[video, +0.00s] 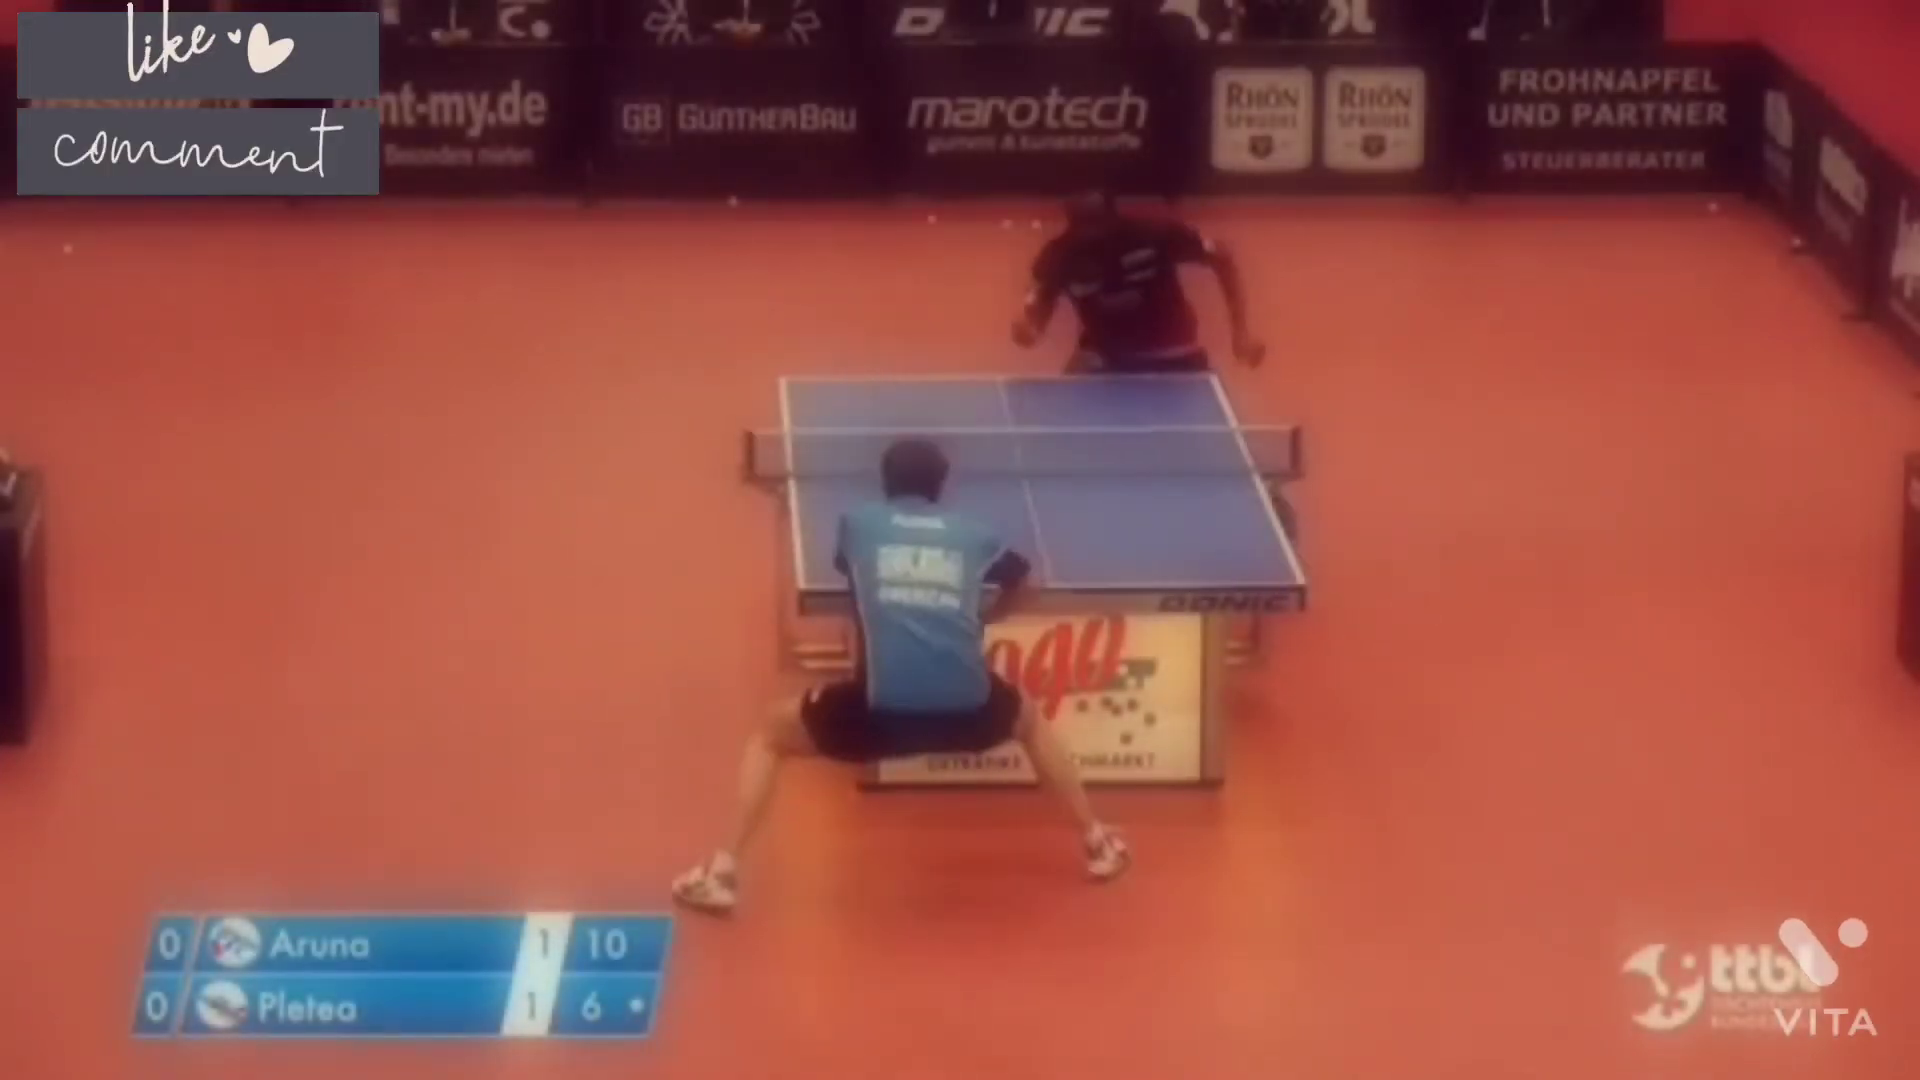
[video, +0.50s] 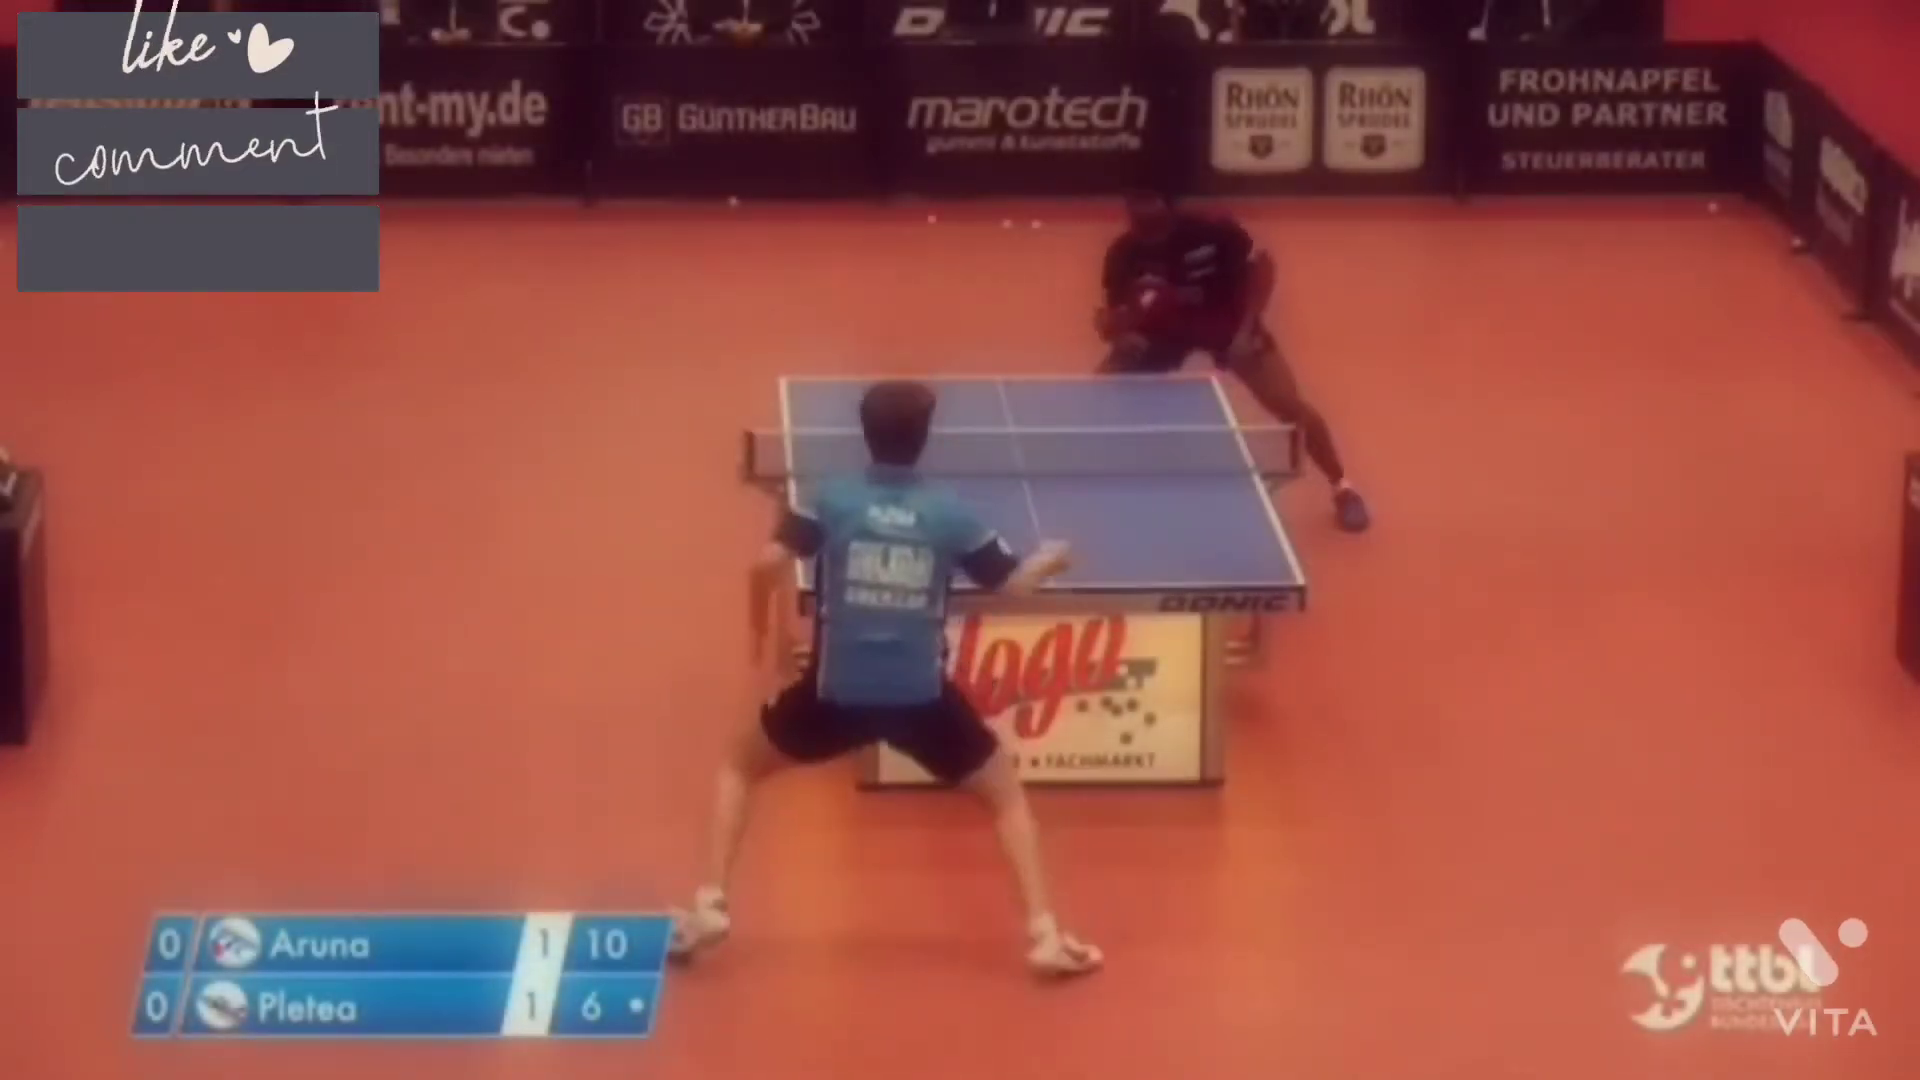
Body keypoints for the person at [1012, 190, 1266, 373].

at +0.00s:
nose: (1087, 225)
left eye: (1094, 214)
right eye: (1078, 216)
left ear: (1110, 207)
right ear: (1068, 214)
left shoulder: (1152, 234)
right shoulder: (1059, 256)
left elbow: (1221, 259)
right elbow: (1038, 314)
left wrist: (1241, 335)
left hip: (1174, 361)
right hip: (1102, 365)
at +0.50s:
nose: (1144, 216)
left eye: (1151, 205)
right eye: (1135, 207)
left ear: (1169, 202)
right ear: (1128, 208)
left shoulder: (1215, 233)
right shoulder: (1124, 253)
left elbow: (1261, 268)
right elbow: (1109, 324)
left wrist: (1247, 325)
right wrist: (1136, 312)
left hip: (1226, 329)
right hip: (1160, 334)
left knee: (1288, 405)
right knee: (1101, 395)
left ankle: (1340, 486)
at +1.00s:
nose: (1191, 160)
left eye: (1197, 150)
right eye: (1183, 152)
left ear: (1210, 145)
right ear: (1169, 152)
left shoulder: (1244, 173)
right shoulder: (1157, 188)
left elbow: (1286, 197)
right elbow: (1113, 235)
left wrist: (1285, 259)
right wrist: (1096, 235)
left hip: (1241, 303)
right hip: (1170, 305)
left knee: (1294, 392)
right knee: (1108, 389)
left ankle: (1343, 486)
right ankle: (1100, 496)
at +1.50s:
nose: (1160, 189)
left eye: (1165, 180)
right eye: (1154, 182)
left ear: (1181, 175)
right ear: (1149, 182)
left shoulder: (1217, 204)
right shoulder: (1167, 205)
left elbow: (1276, 256)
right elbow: (1164, 242)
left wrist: (1246, 316)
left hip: (1242, 329)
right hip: (1183, 323)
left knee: (1278, 425)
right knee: (1115, 375)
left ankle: (1363, 479)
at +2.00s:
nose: (1338, 198)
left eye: (1348, 190)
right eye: (1331, 187)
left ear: (1363, 194)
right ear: (1318, 185)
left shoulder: (1371, 245)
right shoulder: (1284, 217)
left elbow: (1348, 308)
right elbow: (1221, 253)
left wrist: (1317, 351)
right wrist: (1249, 276)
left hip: (1320, 333)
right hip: (1258, 325)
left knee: (1369, 398)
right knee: (1195, 394)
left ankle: (1410, 489)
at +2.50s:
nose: (1221, 157)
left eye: (1229, 149)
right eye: (1219, 148)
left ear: (1257, 149)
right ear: (1226, 150)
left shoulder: (1276, 196)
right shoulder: (1249, 186)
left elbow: (1286, 272)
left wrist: (1233, 322)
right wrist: (1231, 227)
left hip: (1290, 324)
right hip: (1245, 312)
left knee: (1310, 430)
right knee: (1161, 373)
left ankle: (1407, 464)